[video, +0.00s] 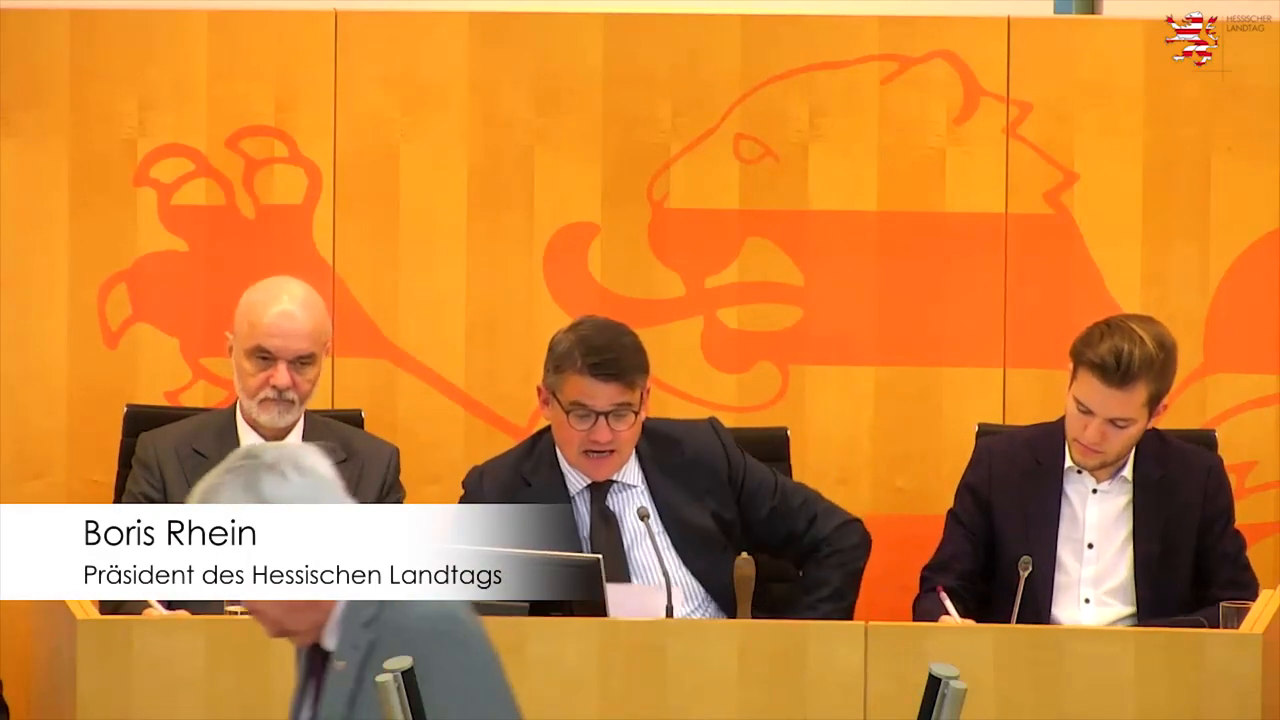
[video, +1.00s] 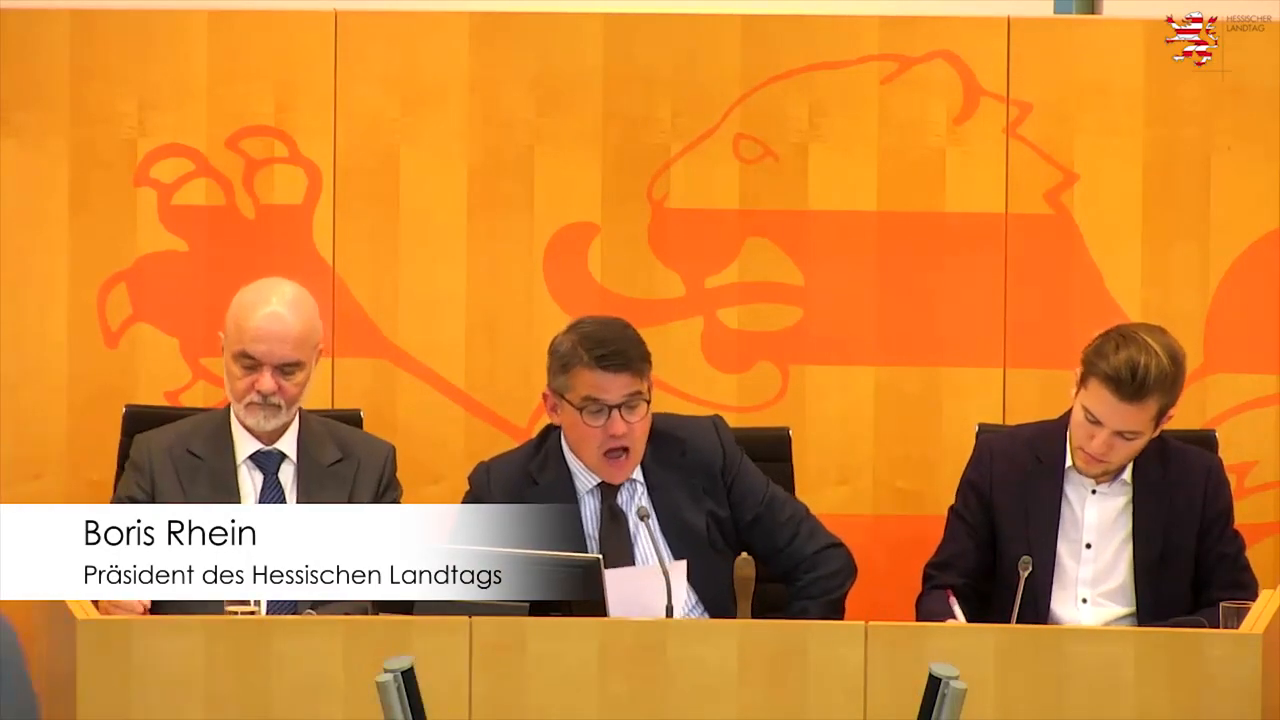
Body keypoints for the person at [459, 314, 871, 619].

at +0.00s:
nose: (602, 436)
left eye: (619, 415)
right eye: (581, 415)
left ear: (644, 398)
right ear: (546, 400)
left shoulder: (705, 455)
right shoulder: (495, 490)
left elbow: (840, 540)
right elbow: (468, 624)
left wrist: (797, 655)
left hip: (718, 670)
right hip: (579, 683)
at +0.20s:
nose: (612, 435)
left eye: (629, 414)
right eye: (591, 415)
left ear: (650, 396)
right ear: (552, 403)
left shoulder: (709, 455)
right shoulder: (498, 489)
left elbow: (833, 561)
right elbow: (471, 625)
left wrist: (786, 668)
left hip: (713, 670)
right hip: (574, 682)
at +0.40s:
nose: (620, 435)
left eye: (637, 415)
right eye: (599, 416)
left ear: (656, 398)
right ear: (559, 403)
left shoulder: (711, 455)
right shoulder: (502, 489)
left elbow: (832, 564)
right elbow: (474, 629)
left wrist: (786, 671)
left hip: (712, 672)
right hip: (572, 684)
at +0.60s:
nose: (624, 433)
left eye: (642, 412)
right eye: (603, 413)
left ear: (659, 397)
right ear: (562, 400)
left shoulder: (713, 454)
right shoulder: (505, 488)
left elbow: (833, 565)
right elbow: (472, 627)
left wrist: (788, 672)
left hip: (713, 673)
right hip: (574, 683)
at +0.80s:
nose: (623, 432)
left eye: (639, 411)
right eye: (601, 413)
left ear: (657, 396)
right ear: (561, 403)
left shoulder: (713, 455)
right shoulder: (504, 488)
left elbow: (832, 564)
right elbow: (471, 628)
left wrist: (788, 672)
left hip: (713, 677)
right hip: (572, 687)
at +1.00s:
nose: (618, 428)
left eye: (632, 405)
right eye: (594, 410)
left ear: (650, 393)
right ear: (555, 407)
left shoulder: (707, 452)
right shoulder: (501, 489)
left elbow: (824, 565)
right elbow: (469, 627)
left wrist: (779, 670)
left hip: (710, 678)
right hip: (570, 688)